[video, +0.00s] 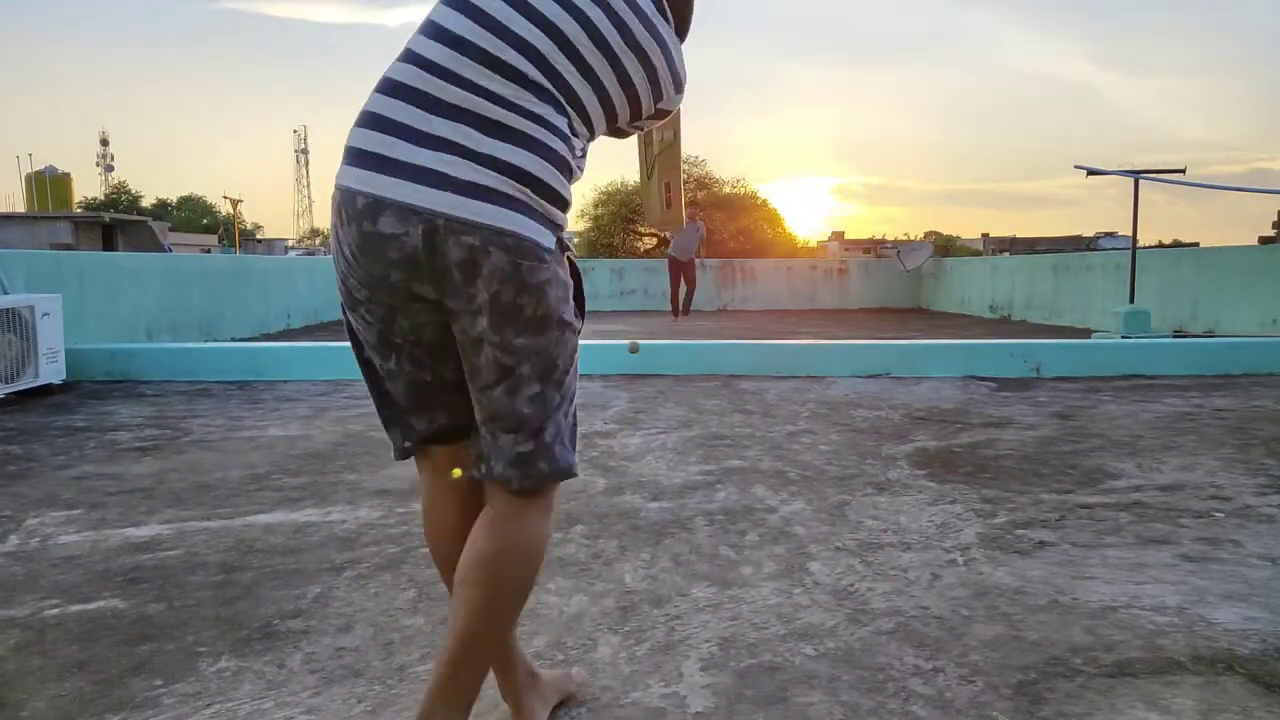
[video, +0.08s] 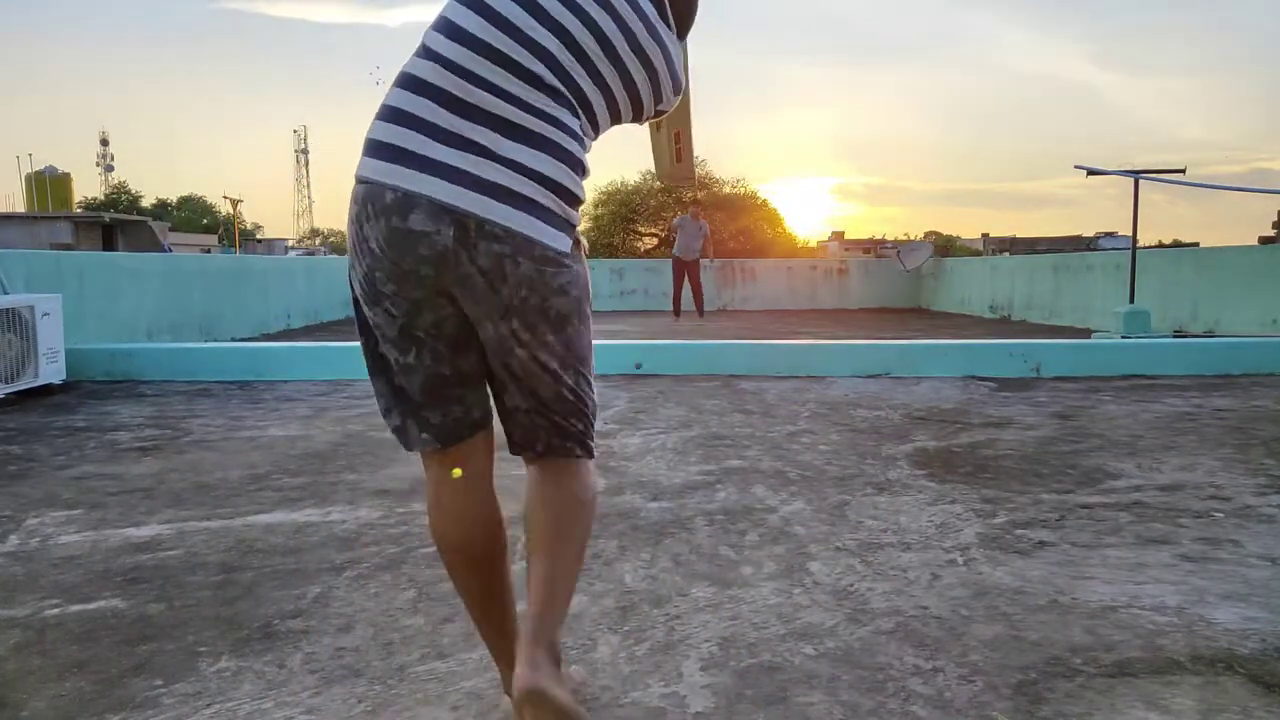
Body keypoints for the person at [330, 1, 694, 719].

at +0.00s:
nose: (683, 30)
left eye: (684, 20)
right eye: (684, 22)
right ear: (674, 8)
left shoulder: (494, 1)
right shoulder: (661, 58)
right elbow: (627, 120)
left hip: (370, 199)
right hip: (498, 224)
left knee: (445, 460)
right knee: (523, 484)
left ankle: (522, 686)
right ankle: (440, 710)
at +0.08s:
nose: (681, 32)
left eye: (683, 22)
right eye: (685, 24)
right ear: (677, 10)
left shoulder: (505, 0)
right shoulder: (663, 55)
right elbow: (676, 173)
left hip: (387, 200)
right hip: (516, 223)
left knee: (454, 458)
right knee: (559, 450)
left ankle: (516, 679)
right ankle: (538, 655)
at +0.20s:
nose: (687, 27)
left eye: (687, 19)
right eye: (690, 21)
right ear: (682, 7)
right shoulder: (665, 42)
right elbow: (652, 143)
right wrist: (645, 60)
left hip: (419, 207)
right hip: (545, 225)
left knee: (468, 449)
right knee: (586, 421)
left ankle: (527, 677)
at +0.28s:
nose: (690, 21)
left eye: (693, 13)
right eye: (695, 16)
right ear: (685, 4)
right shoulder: (672, 48)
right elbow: (626, 113)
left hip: (437, 210)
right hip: (556, 228)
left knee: (484, 448)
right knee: (608, 414)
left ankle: (536, 679)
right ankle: (683, 599)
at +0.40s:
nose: (702, 17)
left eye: (706, 10)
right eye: (706, 10)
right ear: (693, 3)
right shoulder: (679, 61)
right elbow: (608, 110)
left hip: (466, 232)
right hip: (580, 246)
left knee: (501, 453)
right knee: (623, 424)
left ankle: (537, 675)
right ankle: (655, 569)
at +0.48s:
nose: (711, 16)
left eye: (714, 9)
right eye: (714, 9)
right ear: (699, 2)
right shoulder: (693, 65)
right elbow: (623, 119)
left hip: (483, 236)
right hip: (589, 251)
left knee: (512, 437)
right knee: (617, 414)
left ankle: (535, 662)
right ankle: (639, 574)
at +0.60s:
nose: (719, 18)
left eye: (721, 13)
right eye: (722, 14)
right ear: (713, 5)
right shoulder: (710, 63)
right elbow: (646, 130)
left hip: (505, 229)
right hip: (605, 245)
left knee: (516, 417)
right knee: (629, 406)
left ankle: (527, 603)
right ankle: (638, 574)